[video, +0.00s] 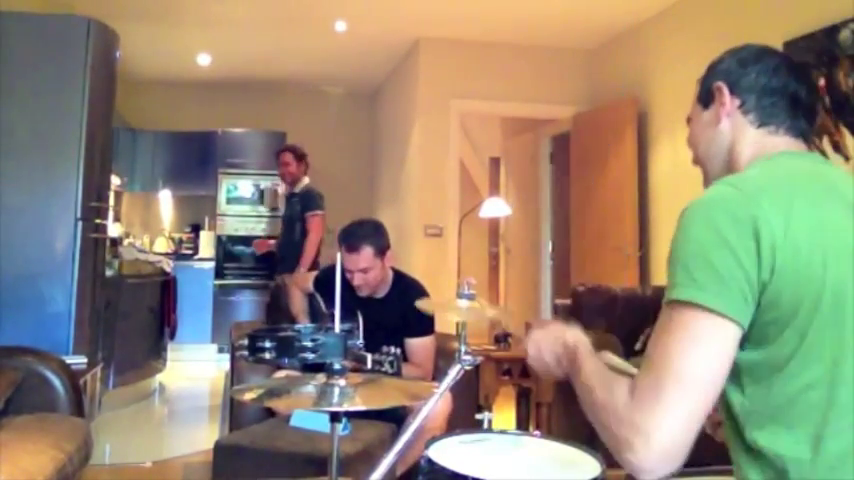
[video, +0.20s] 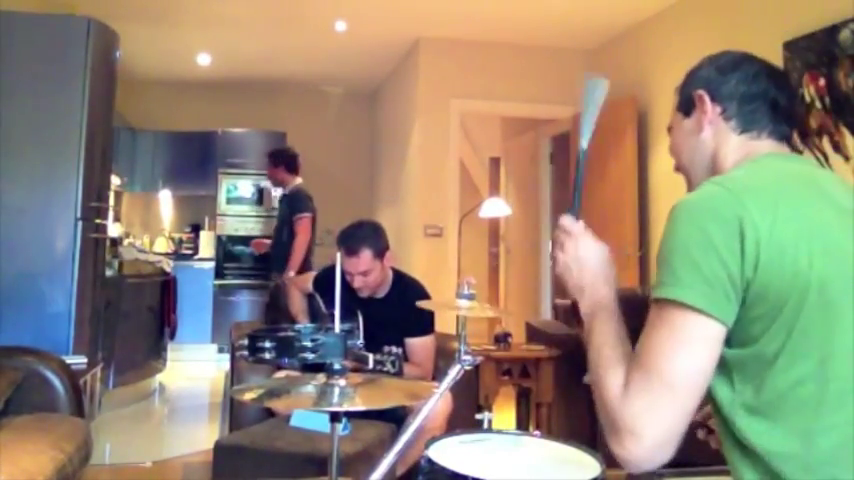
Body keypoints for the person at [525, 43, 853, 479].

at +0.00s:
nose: (690, 150)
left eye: (691, 124)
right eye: (687, 128)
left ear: (724, 103)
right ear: (797, 117)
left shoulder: (734, 210)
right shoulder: (842, 188)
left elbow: (649, 448)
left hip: (789, 469)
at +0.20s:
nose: (671, 157)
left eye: (672, 131)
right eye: (668, 136)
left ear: (705, 111)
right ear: (777, 123)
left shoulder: (719, 210)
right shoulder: (840, 195)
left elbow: (638, 443)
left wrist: (593, 293)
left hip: (782, 467)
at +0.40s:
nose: (669, 150)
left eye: (671, 124)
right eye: (668, 128)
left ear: (710, 107)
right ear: (774, 119)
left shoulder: (719, 212)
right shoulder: (840, 199)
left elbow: (677, 455)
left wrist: (595, 363)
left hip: (765, 469)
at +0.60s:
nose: (664, 144)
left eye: (668, 115)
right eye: (663, 121)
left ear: (715, 98)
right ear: (717, 99)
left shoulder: (746, 208)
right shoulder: (834, 193)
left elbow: (729, 459)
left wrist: (606, 345)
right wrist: (660, 422)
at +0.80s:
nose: (679, 127)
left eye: (686, 98)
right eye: (680, 102)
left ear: (738, 86)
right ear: (739, 87)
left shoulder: (769, 208)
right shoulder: (830, 186)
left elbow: (760, 458)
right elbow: (763, 398)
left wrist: (604, 386)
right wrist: (623, 355)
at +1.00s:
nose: (689, 114)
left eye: (698, 85)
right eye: (691, 89)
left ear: (751, 79)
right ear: (750, 80)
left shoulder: (780, 209)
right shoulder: (835, 185)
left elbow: (758, 462)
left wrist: (605, 383)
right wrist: (619, 390)